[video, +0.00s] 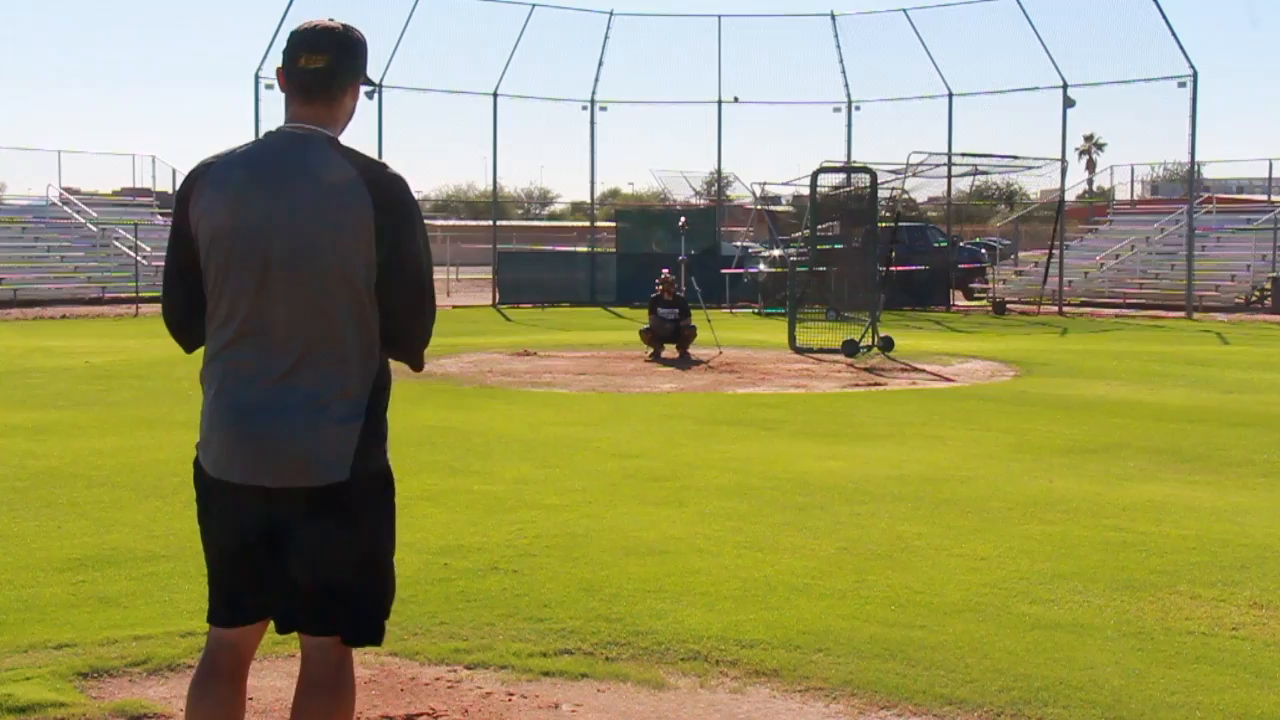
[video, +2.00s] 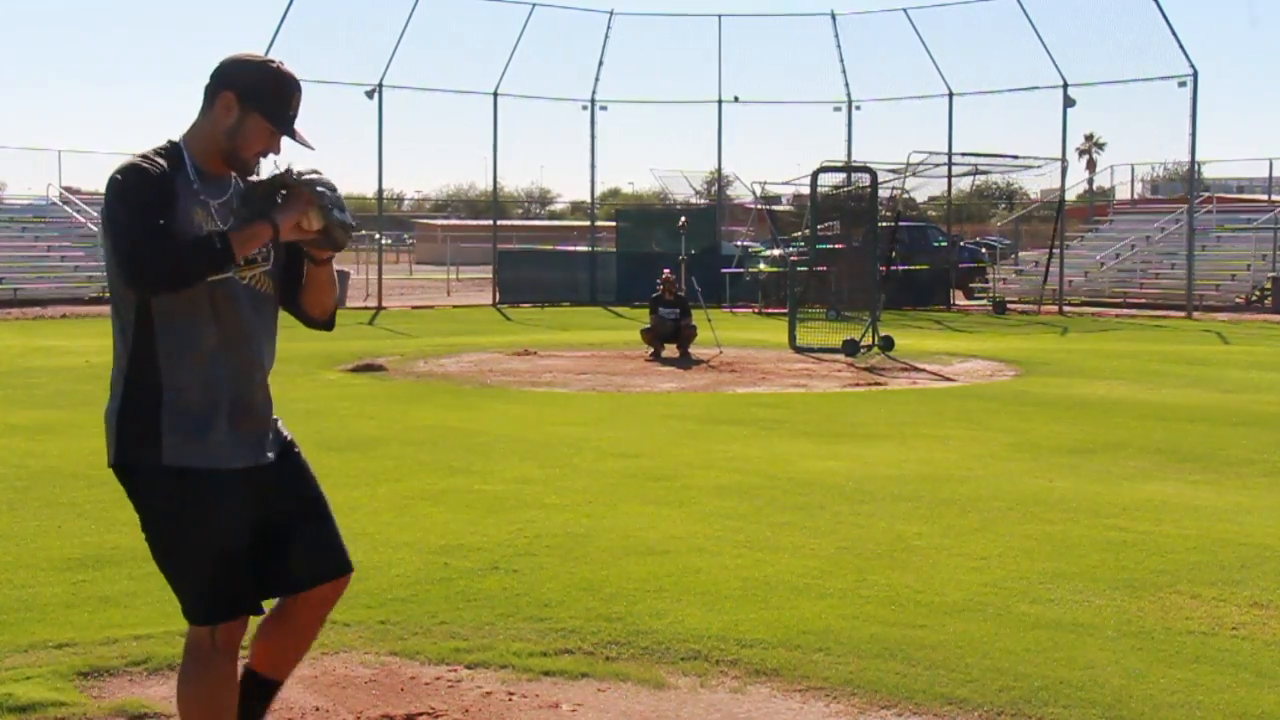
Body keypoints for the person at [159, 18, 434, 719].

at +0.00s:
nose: (352, 100)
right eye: (357, 90)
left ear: (280, 84)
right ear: (357, 94)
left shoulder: (206, 181)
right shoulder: (381, 190)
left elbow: (186, 326)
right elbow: (410, 342)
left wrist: (262, 287)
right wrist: (338, 292)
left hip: (229, 454)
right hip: (337, 460)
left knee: (229, 636)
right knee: (329, 649)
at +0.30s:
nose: (343, 100)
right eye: (348, 90)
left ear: (270, 86)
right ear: (346, 95)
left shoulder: (203, 186)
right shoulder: (367, 193)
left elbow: (193, 325)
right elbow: (397, 341)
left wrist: (253, 377)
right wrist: (387, 387)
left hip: (228, 451)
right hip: (332, 457)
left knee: (233, 628)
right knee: (328, 645)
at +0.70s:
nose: (305, 114)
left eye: (301, 101)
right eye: (306, 102)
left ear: (230, 94)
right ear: (300, 106)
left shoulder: (164, 190)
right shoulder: (292, 197)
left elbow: (140, 319)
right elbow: (324, 332)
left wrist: (219, 350)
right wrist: (364, 371)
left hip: (181, 454)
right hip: (277, 456)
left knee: (170, 617)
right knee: (296, 639)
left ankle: (109, 717)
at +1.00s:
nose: (248, 152)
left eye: (255, 140)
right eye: (251, 135)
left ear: (191, 115)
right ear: (219, 118)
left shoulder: (123, 187)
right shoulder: (183, 197)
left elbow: (183, 311)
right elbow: (252, 333)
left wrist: (282, 294)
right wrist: (321, 304)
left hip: (94, 446)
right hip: (178, 453)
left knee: (97, 618)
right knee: (266, 611)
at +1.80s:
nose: (260, 155)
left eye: (266, 144)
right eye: (259, 138)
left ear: (225, 120)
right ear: (217, 112)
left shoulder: (231, 203)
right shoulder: (146, 189)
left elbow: (277, 315)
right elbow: (190, 295)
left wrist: (320, 267)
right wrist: (287, 265)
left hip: (204, 446)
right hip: (159, 448)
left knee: (183, 614)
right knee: (236, 615)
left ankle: (120, 717)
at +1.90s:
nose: (268, 148)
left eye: (274, 136)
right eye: (265, 131)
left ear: (236, 118)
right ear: (221, 107)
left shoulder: (250, 203)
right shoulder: (144, 186)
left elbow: (301, 313)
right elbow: (182, 286)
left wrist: (323, 256)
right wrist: (290, 243)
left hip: (232, 440)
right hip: (162, 447)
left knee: (279, 591)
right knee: (222, 622)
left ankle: (165, 711)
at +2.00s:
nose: (275, 147)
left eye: (280, 134)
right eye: (271, 129)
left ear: (241, 116)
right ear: (227, 106)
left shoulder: (259, 198)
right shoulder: (141, 182)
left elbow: (317, 310)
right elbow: (148, 271)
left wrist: (318, 247)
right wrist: (268, 228)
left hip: (254, 433)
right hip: (171, 444)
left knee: (322, 575)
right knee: (220, 620)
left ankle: (244, 712)